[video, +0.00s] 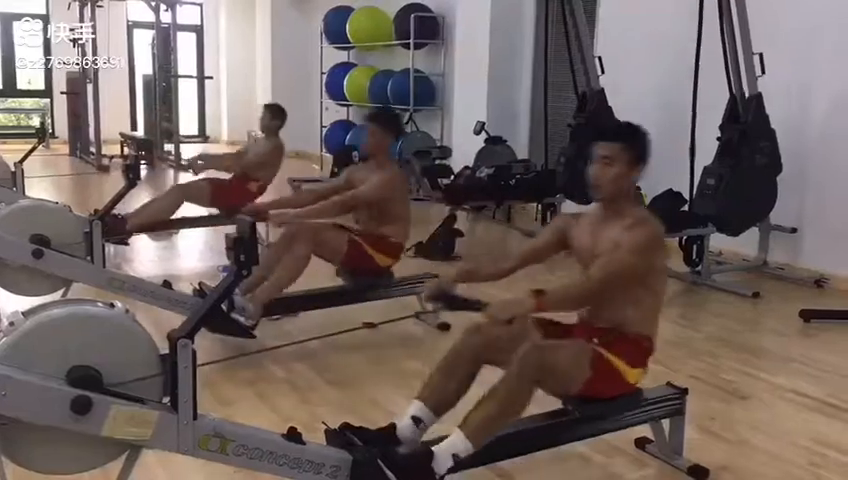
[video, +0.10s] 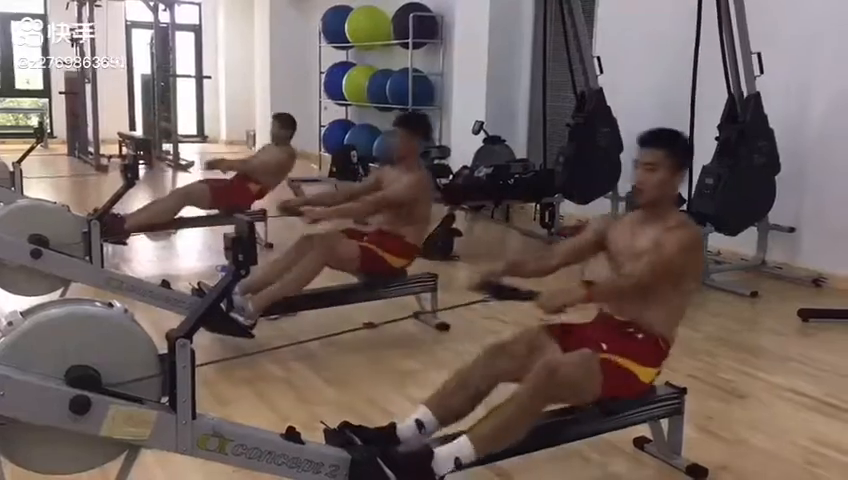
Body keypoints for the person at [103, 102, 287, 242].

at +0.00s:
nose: (261, 120)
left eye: (265, 117)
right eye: (263, 116)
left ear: (275, 123)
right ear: (270, 121)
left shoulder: (271, 146)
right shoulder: (261, 141)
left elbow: (237, 164)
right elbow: (233, 157)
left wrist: (204, 163)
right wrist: (205, 158)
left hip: (239, 195)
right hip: (234, 188)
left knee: (181, 190)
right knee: (179, 189)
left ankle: (127, 225)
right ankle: (127, 221)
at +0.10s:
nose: (272, 130)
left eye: (275, 128)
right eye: (273, 127)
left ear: (284, 131)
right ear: (284, 131)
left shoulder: (281, 155)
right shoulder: (272, 149)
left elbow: (250, 167)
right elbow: (249, 164)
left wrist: (221, 165)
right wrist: (222, 164)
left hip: (240, 194)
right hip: (236, 187)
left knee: (182, 195)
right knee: (180, 193)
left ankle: (126, 227)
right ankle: (127, 221)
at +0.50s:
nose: (265, 133)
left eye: (268, 129)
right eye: (265, 129)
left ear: (280, 132)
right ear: (271, 131)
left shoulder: (285, 158)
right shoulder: (269, 151)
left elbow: (285, 190)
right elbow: (257, 171)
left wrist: (259, 167)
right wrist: (241, 160)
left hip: (232, 193)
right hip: (226, 184)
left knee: (175, 191)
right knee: (173, 187)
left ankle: (119, 225)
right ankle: (117, 218)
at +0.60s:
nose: (260, 130)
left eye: (264, 126)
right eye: (260, 125)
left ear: (276, 128)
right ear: (264, 126)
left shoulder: (279, 156)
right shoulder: (264, 149)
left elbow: (275, 186)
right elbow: (250, 173)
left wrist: (243, 168)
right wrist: (228, 165)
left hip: (232, 191)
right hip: (225, 185)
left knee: (175, 191)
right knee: (172, 188)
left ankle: (118, 225)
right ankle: (117, 218)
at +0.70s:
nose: (255, 126)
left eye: (258, 123)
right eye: (255, 122)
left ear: (271, 125)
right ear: (261, 124)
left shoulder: (275, 151)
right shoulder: (260, 145)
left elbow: (268, 184)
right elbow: (245, 171)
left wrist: (232, 166)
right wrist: (223, 165)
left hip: (235, 191)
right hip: (227, 184)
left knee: (175, 191)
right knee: (172, 188)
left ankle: (117, 225)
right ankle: (117, 217)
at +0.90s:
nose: (241, 119)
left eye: (244, 115)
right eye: (241, 115)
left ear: (257, 115)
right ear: (250, 115)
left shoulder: (265, 140)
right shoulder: (250, 136)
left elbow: (254, 176)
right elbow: (234, 164)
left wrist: (215, 173)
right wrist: (209, 163)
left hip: (236, 187)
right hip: (227, 181)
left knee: (176, 194)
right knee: (174, 192)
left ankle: (118, 223)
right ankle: (117, 218)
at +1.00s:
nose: (235, 116)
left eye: (238, 112)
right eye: (235, 112)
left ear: (251, 113)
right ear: (244, 113)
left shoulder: (261, 137)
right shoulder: (246, 134)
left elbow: (252, 175)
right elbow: (230, 163)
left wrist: (211, 172)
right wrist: (205, 164)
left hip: (237, 188)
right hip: (228, 182)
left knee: (179, 196)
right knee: (177, 194)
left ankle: (119, 222)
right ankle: (118, 218)